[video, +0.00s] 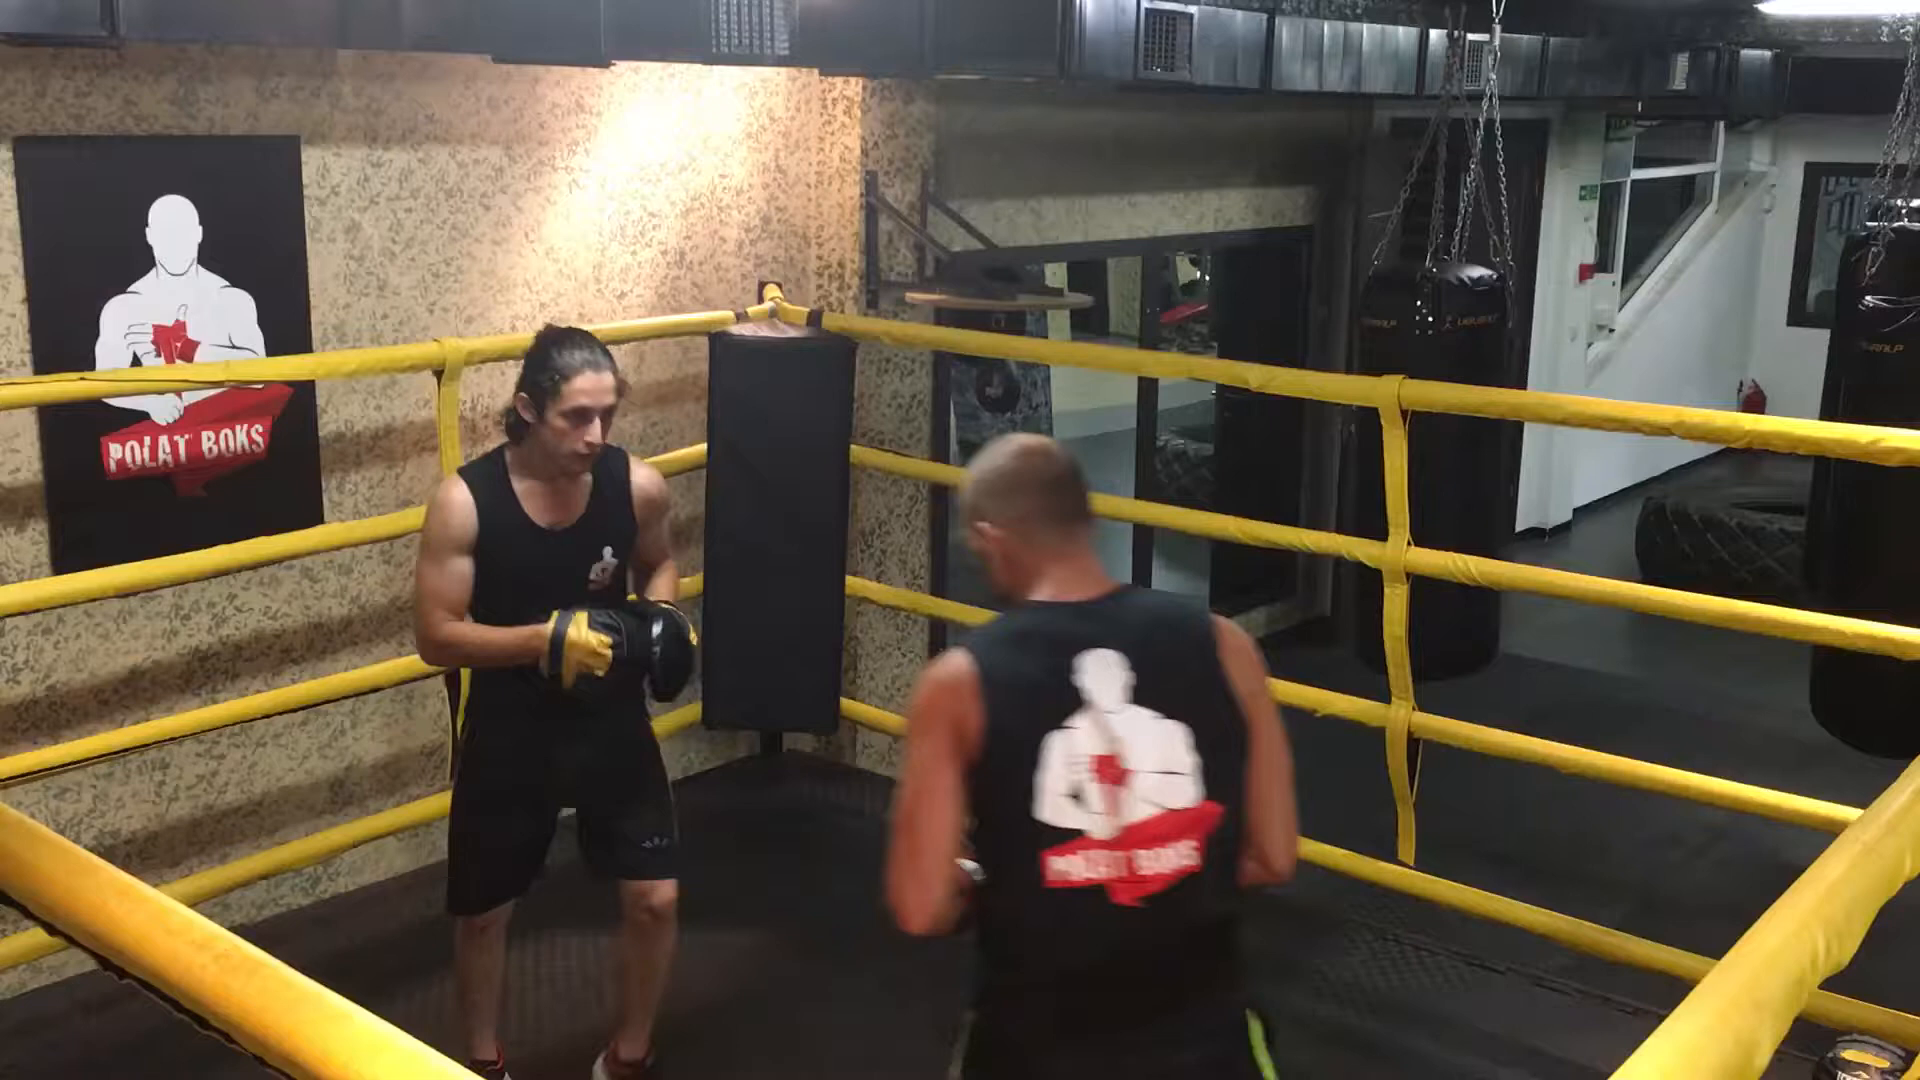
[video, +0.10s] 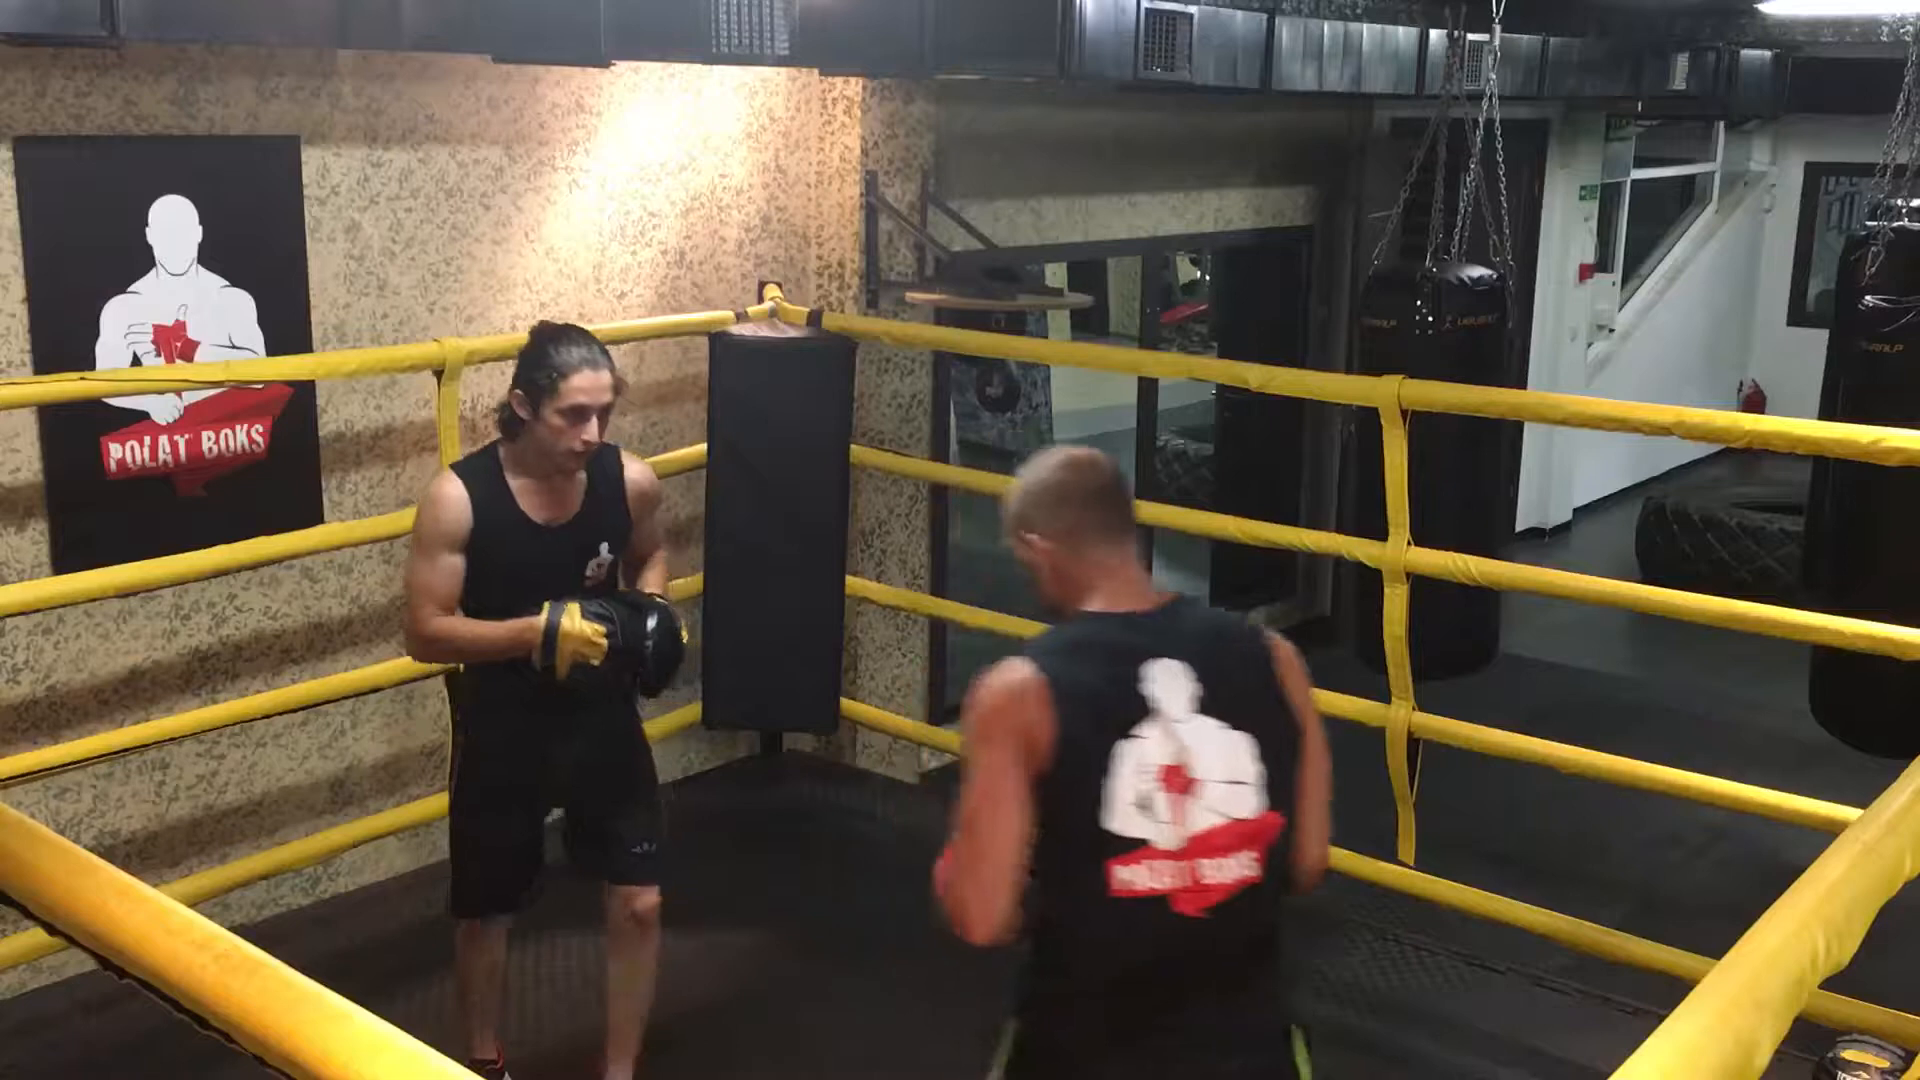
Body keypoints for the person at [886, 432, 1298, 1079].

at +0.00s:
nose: (979, 562)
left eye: (975, 547)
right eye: (975, 549)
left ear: (992, 540)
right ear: (1086, 515)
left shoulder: (961, 681)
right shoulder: (1224, 647)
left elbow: (920, 908)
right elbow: (1273, 857)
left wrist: (996, 871)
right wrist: (1152, 853)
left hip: (1038, 1042)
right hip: (1201, 1033)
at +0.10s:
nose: (1029, 578)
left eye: (1022, 561)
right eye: (1022, 563)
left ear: (1040, 552)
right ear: (1130, 525)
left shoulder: (1019, 691)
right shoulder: (1271, 658)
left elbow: (983, 917)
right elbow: (1308, 863)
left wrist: (958, 858)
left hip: (1084, 1045)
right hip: (1244, 1037)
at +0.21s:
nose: (1089, 592)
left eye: (1084, 571)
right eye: (1080, 573)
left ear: (1110, 560)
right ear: (1196, 539)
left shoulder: (1116, 697)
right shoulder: (1333, 669)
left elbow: (1100, 923)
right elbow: (1355, 839)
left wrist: (1019, 869)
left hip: (1152, 1047)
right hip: (1306, 1043)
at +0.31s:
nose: (1130, 556)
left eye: (1125, 535)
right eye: (1122, 537)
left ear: (1156, 527)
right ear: (1237, 509)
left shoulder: (1166, 660)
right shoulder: (1363, 632)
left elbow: (1169, 886)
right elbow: (1381, 801)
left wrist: (1075, 819)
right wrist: (1146, 781)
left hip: (1191, 1020)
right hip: (1336, 1015)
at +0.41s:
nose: (1149, 523)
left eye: (1150, 505)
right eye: (1144, 504)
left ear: (1184, 504)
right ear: (1268, 483)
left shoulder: (1185, 637)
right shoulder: (1398, 601)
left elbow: (1171, 857)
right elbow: (1414, 780)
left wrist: (1083, 773)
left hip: (1211, 1006)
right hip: (1361, 1001)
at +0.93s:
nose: (1185, 551)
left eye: (1184, 532)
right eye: (1179, 534)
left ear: (1219, 529)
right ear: (1301, 512)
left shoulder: (1198, 659)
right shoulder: (1420, 645)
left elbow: (1116, 864)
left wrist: (1049, 745)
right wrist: (1198, 662)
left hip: (1195, 1027)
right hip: (1352, 1029)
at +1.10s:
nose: (1140, 553)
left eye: (1139, 533)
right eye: (1136, 532)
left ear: (1165, 535)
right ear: (1251, 524)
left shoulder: (1152, 657)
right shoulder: (1344, 659)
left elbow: (1044, 837)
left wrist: (1014, 722)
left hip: (1107, 1023)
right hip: (1267, 1030)